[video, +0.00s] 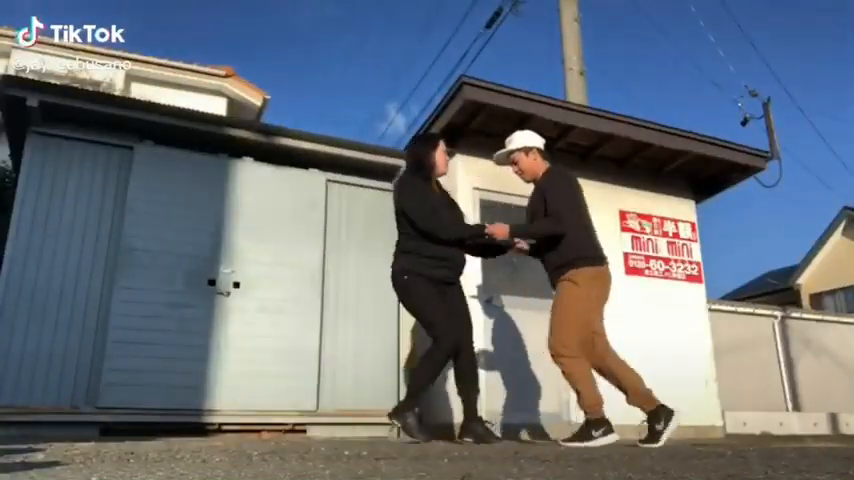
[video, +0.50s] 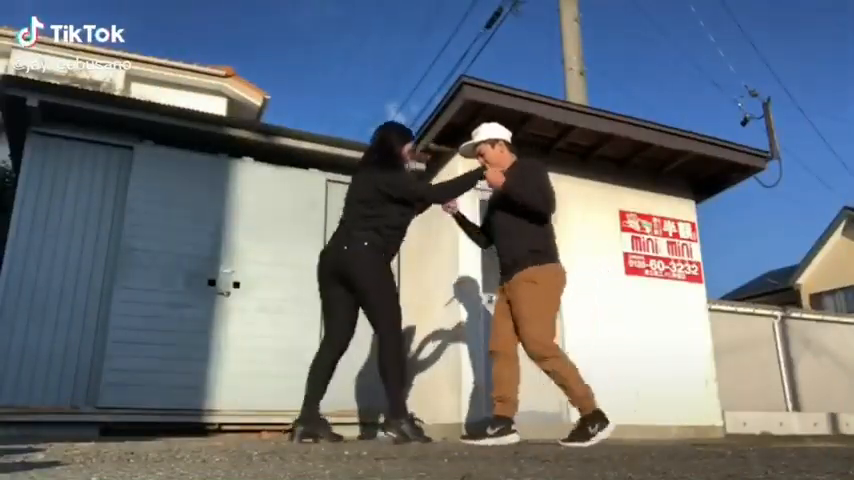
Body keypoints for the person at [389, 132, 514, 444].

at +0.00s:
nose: (447, 159)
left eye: (446, 153)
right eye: (443, 153)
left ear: (428, 156)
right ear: (427, 156)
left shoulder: (440, 194)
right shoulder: (411, 186)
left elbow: (464, 241)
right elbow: (440, 227)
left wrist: (506, 246)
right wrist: (485, 231)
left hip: (445, 279)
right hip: (415, 277)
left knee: (464, 344)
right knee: (447, 338)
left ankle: (472, 420)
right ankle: (406, 408)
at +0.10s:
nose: (446, 156)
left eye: (445, 150)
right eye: (442, 149)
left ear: (424, 150)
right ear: (428, 149)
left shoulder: (419, 181)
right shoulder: (422, 177)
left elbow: (455, 238)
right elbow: (449, 220)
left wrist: (489, 234)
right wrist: (494, 223)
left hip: (419, 270)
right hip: (412, 268)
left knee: (448, 344)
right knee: (438, 341)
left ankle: (473, 415)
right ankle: (402, 414)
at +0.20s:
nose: (445, 154)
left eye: (445, 148)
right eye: (442, 147)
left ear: (418, 146)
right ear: (428, 146)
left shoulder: (404, 176)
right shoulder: (426, 175)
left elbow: (440, 227)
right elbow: (458, 210)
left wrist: (470, 220)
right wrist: (503, 209)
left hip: (388, 259)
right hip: (404, 259)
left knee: (436, 329)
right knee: (422, 331)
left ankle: (432, 411)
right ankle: (402, 414)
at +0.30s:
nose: (439, 152)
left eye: (439, 146)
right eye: (437, 145)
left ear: (408, 143)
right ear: (425, 144)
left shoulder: (390, 169)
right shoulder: (422, 173)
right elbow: (460, 204)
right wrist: (500, 192)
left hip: (367, 253)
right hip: (398, 253)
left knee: (403, 329)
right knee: (408, 331)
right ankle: (405, 415)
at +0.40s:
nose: (428, 154)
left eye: (428, 148)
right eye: (424, 148)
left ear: (393, 145)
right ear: (412, 147)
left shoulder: (377, 171)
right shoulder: (412, 177)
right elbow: (455, 197)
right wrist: (492, 177)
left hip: (352, 253)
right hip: (387, 254)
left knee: (369, 335)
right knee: (399, 334)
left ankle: (324, 404)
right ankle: (400, 418)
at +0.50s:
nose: (413, 154)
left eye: (413, 148)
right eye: (409, 148)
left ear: (380, 146)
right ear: (396, 147)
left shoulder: (366, 174)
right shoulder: (392, 177)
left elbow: (410, 207)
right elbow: (436, 193)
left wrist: (431, 186)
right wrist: (480, 172)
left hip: (334, 258)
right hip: (366, 260)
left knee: (336, 338)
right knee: (390, 334)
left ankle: (308, 417)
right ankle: (398, 418)